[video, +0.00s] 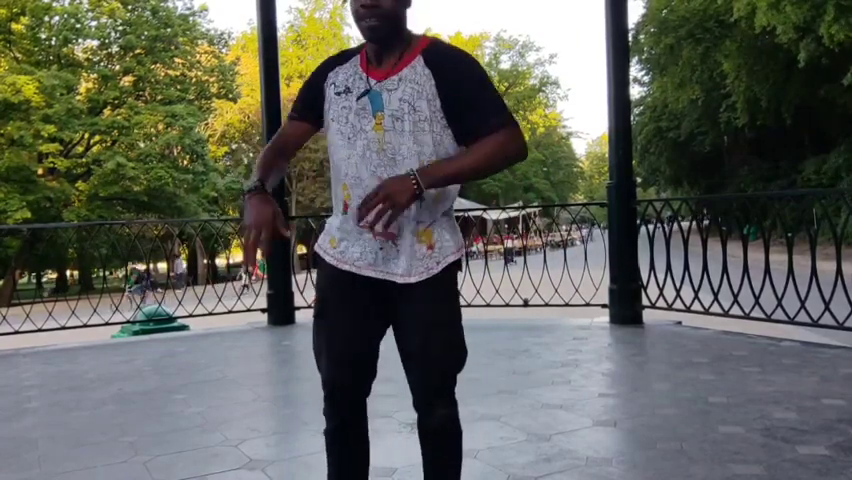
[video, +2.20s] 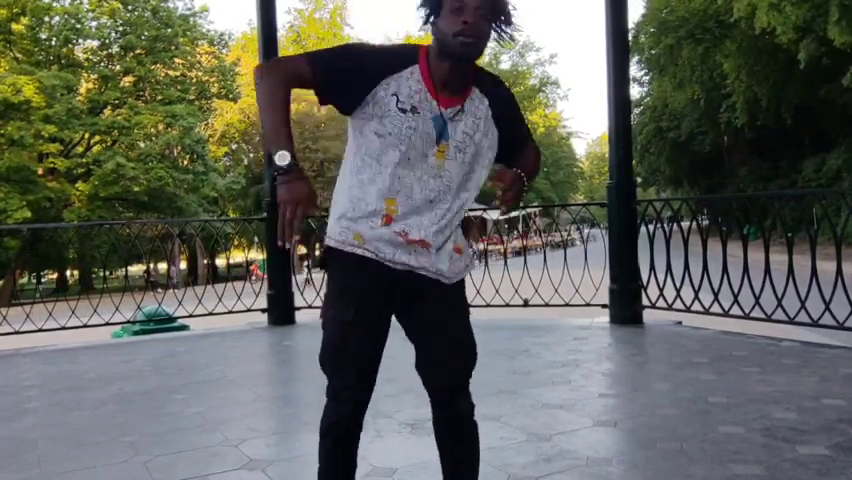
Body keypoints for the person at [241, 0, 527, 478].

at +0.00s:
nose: (368, 2)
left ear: (406, 2)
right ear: (350, 7)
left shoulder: (447, 64)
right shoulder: (332, 74)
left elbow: (509, 142)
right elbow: (284, 143)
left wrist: (419, 180)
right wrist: (258, 189)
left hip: (426, 268)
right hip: (347, 267)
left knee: (436, 406)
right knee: (341, 403)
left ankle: (443, 476)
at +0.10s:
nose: (365, 2)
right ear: (347, 7)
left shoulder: (438, 55)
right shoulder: (328, 76)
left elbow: (469, 149)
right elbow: (316, 165)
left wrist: (407, 110)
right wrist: (295, 238)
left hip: (425, 261)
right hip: (345, 262)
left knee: (442, 405)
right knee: (344, 405)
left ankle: (453, 479)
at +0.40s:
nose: (355, 4)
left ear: (389, 3)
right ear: (337, 7)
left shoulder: (433, 62)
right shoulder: (312, 72)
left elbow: (523, 101)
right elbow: (287, 134)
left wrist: (466, 143)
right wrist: (268, 183)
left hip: (413, 263)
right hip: (329, 261)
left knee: (432, 398)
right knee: (302, 396)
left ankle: (445, 479)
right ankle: (295, 478)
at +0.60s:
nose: (370, 1)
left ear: (400, 2)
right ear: (343, 3)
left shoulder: (439, 70)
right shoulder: (304, 63)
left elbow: (471, 159)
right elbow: (234, 128)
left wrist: (450, 204)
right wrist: (285, 175)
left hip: (421, 268)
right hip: (336, 266)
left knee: (439, 398)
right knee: (329, 402)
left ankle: (452, 478)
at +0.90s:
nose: (426, 10)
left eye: (438, 1)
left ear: (452, 10)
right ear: (395, 6)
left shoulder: (461, 77)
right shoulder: (349, 66)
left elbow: (456, 180)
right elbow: (268, 143)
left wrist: (471, 162)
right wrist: (311, 234)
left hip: (425, 271)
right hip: (348, 269)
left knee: (441, 400)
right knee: (331, 401)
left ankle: (452, 479)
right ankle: (320, 479)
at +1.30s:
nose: (386, 2)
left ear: (418, 3)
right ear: (363, 4)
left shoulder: (451, 67)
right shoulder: (325, 65)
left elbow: (485, 155)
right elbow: (249, 111)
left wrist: (490, 166)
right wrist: (266, 172)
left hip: (428, 264)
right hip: (346, 261)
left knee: (443, 403)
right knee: (336, 398)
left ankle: (453, 479)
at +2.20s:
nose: (469, 20)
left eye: (483, 12)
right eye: (458, 7)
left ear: (493, 26)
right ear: (434, 16)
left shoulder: (496, 98)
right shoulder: (379, 66)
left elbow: (528, 155)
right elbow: (272, 73)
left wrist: (516, 178)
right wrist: (286, 168)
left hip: (438, 270)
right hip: (360, 260)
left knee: (454, 400)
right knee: (346, 401)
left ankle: (464, 479)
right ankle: (332, 478)